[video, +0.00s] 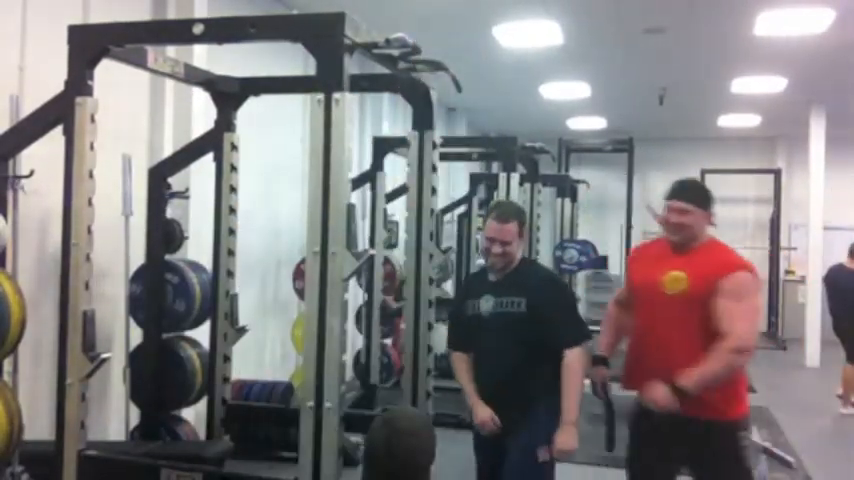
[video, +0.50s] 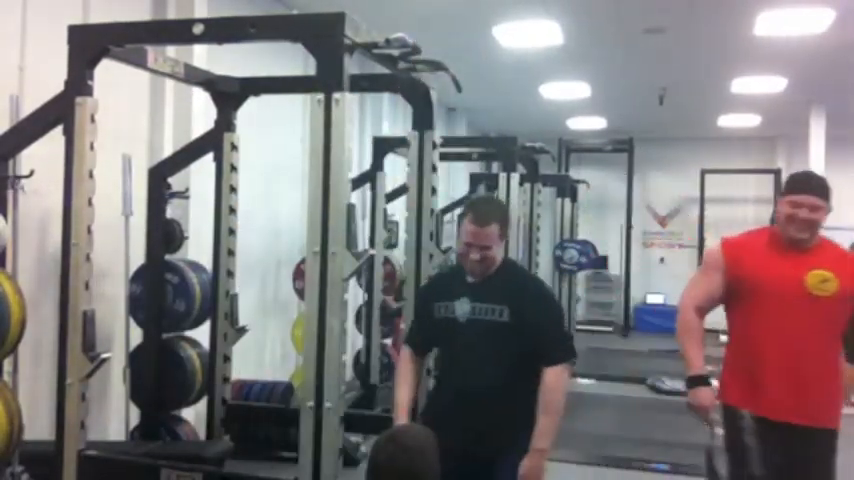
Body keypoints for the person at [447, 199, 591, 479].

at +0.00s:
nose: (496, 250)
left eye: (505, 244)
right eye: (489, 241)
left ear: (522, 239)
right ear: (482, 236)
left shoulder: (548, 286)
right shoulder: (471, 286)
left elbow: (574, 352)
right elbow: (458, 351)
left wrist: (569, 425)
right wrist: (475, 404)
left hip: (535, 420)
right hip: (488, 420)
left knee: (527, 473)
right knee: (490, 474)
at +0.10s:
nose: (496, 256)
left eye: (505, 249)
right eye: (490, 247)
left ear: (521, 243)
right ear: (481, 240)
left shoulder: (548, 294)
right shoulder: (466, 293)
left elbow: (577, 360)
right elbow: (451, 359)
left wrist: (576, 435)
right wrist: (467, 417)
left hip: (534, 427)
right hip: (484, 427)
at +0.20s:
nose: (497, 262)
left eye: (507, 255)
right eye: (491, 252)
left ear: (523, 249)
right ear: (482, 244)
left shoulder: (548, 300)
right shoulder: (462, 298)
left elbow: (576, 370)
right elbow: (444, 364)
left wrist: (574, 449)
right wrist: (451, 431)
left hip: (530, 435)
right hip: (476, 433)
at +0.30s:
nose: (496, 259)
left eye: (506, 253)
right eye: (490, 250)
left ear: (523, 246)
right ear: (480, 241)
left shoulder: (547, 297)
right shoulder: (456, 293)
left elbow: (566, 375)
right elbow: (438, 362)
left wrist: (561, 451)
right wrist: (430, 432)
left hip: (524, 436)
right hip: (467, 432)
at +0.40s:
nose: (489, 255)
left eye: (499, 248)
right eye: (482, 245)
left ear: (517, 239)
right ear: (473, 237)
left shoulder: (543, 294)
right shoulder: (448, 289)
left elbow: (561, 371)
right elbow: (424, 354)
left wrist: (549, 449)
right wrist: (415, 423)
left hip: (515, 438)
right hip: (455, 433)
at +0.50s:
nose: (475, 256)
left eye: (486, 248)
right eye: (468, 246)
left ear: (503, 243)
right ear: (458, 239)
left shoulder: (533, 296)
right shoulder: (437, 290)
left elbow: (556, 370)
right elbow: (412, 353)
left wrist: (538, 453)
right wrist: (402, 425)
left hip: (507, 443)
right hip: (443, 439)